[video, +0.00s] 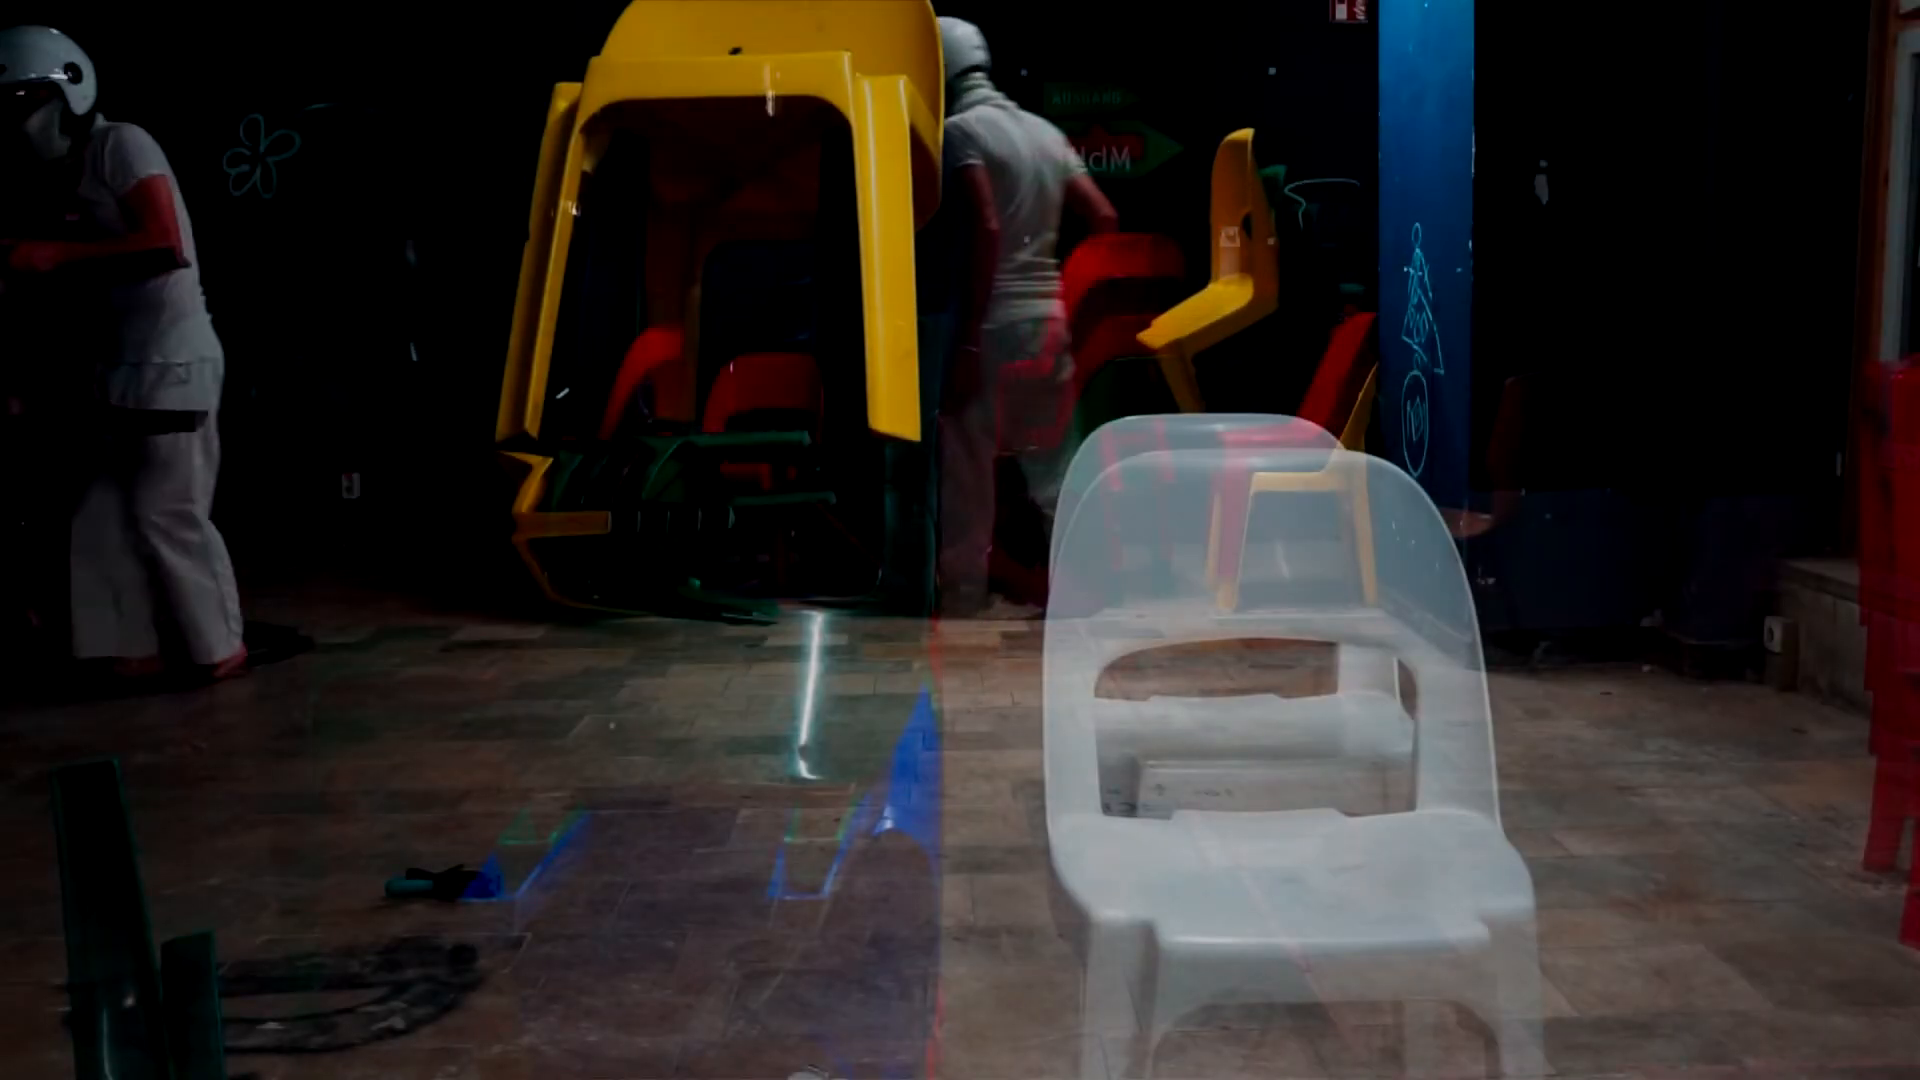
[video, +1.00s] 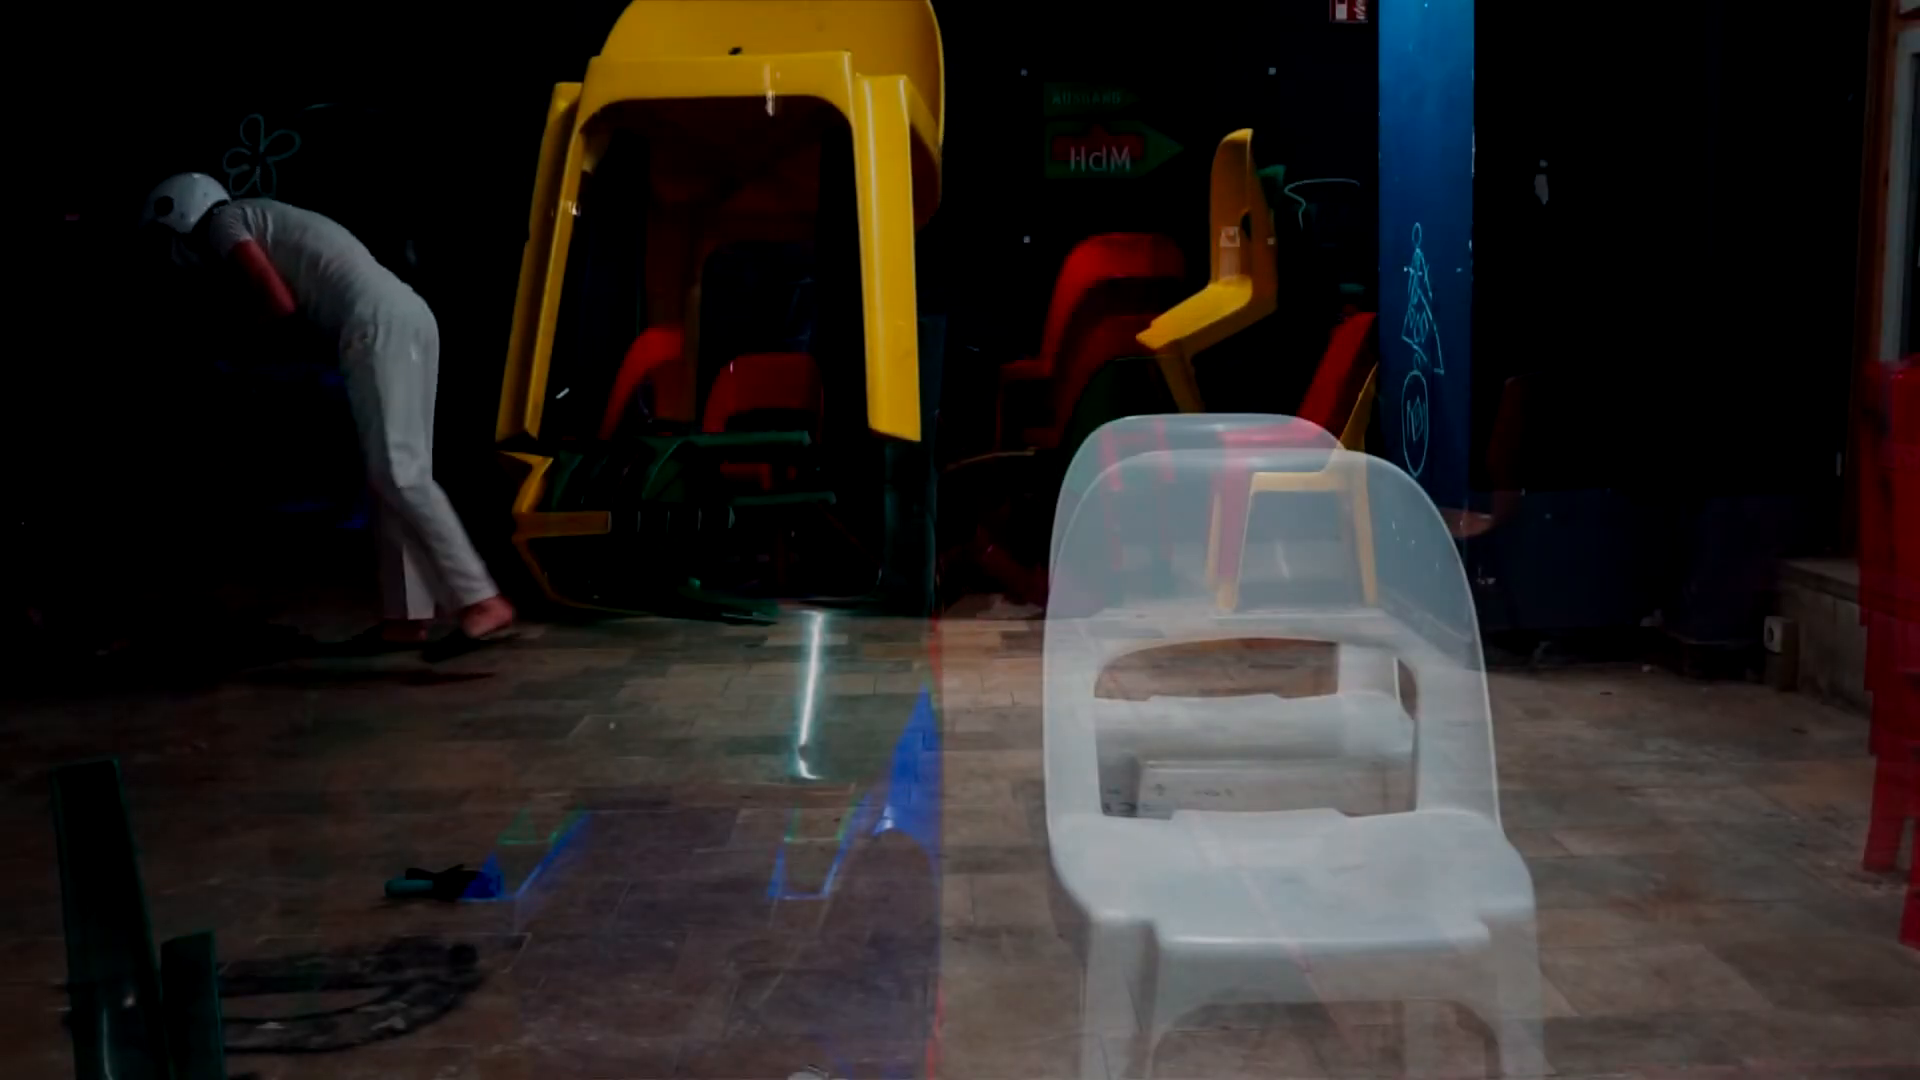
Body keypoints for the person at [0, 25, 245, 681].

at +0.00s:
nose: (23, 118)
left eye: (33, 98)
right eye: (15, 103)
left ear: (71, 90)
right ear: (19, 101)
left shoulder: (123, 145)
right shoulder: (58, 173)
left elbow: (165, 241)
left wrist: (60, 254)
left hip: (175, 359)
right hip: (115, 362)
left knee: (169, 507)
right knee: (107, 509)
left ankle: (221, 651)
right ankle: (130, 654)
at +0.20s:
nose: (55, 133)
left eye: (59, 114)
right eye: (47, 118)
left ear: (96, 98)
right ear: (95, 101)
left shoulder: (147, 149)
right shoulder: (140, 151)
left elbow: (182, 255)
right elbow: (176, 253)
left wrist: (90, 268)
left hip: (216, 355)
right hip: (203, 353)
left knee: (197, 504)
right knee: (195, 502)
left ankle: (217, 652)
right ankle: (232, 629)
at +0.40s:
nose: (86, 154)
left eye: (85, 136)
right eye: (79, 141)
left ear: (113, 116)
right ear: (135, 109)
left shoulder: (164, 159)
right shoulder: (211, 158)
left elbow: (199, 267)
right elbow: (282, 242)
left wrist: (136, 275)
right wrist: (211, 248)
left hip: (250, 343)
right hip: (281, 338)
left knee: (216, 500)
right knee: (257, 489)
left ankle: (218, 649)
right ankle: (341, 583)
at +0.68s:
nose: (140, 186)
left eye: (137, 171)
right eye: (133, 175)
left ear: (157, 153)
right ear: (187, 140)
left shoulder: (205, 176)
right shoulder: (265, 179)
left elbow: (250, 277)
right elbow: (350, 258)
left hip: (329, 330)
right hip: (366, 323)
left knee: (290, 482)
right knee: (364, 476)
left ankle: (253, 637)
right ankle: (402, 617)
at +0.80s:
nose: (161, 206)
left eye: (157, 193)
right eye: (154, 197)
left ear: (171, 177)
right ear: (206, 161)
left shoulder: (218, 190)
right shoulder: (263, 189)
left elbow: (266, 282)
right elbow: (367, 265)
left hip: (354, 326)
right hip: (389, 319)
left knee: (328, 476)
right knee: (390, 472)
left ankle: (329, 639)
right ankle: (407, 617)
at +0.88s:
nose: (172, 222)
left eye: (167, 210)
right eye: (166, 214)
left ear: (179, 194)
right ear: (208, 176)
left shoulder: (222, 200)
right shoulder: (252, 196)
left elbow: (274, 288)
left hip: (367, 324)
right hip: (400, 317)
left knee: (359, 478)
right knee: (404, 474)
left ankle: (396, 631)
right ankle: (408, 626)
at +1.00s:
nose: (182, 245)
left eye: (177, 233)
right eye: (175, 236)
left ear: (186, 215)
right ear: (216, 199)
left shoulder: (226, 218)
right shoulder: (260, 215)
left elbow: (279, 300)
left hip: (380, 322)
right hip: (407, 316)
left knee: (402, 474)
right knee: (395, 475)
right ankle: (406, 619)